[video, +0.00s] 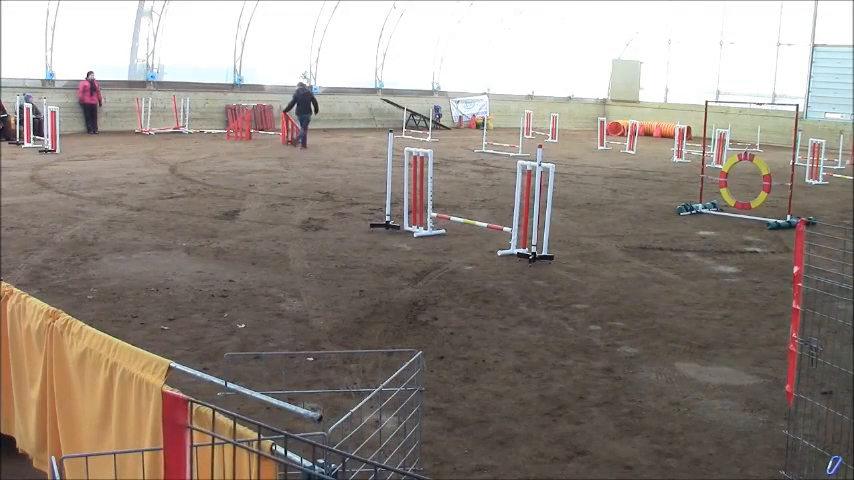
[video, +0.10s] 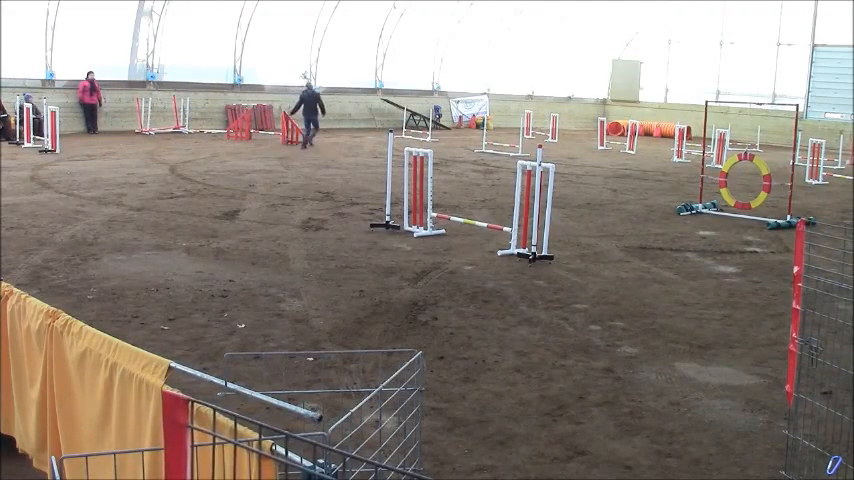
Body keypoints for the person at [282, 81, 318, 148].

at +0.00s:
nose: (297, 88)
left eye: (298, 87)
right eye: (298, 87)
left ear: (298, 87)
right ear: (304, 87)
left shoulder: (297, 94)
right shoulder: (309, 93)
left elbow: (292, 103)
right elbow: (314, 102)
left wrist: (285, 110)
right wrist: (316, 110)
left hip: (299, 112)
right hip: (307, 112)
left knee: (303, 128)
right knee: (304, 128)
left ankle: (304, 143)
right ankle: (297, 139)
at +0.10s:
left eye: (307, 87)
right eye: (310, 87)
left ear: (306, 87)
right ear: (312, 87)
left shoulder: (303, 94)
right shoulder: (316, 94)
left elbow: (298, 104)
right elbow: (320, 103)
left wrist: (292, 112)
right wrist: (323, 111)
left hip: (306, 115)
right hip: (313, 115)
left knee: (307, 129)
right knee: (316, 128)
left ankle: (304, 143)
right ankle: (310, 138)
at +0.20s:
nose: (318, 86)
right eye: (318, 85)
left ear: (314, 85)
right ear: (319, 85)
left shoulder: (312, 92)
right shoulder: (323, 92)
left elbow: (307, 102)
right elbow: (327, 101)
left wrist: (301, 109)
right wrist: (329, 109)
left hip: (314, 113)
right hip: (321, 113)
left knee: (311, 128)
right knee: (326, 127)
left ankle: (305, 142)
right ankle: (325, 142)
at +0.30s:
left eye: (325, 84)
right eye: (326, 84)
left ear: (322, 85)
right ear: (328, 85)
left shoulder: (320, 92)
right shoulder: (331, 92)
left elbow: (315, 102)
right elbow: (334, 101)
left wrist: (310, 109)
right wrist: (337, 109)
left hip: (321, 112)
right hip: (329, 112)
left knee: (320, 128)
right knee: (332, 128)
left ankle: (311, 137)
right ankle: (332, 143)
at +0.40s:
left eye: (331, 86)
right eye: (333, 86)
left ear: (329, 87)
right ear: (335, 87)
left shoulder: (327, 94)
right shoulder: (338, 94)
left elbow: (322, 104)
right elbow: (342, 103)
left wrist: (317, 111)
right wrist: (346, 111)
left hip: (329, 114)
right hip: (336, 114)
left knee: (331, 129)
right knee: (336, 129)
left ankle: (323, 136)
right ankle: (332, 144)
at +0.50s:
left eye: (337, 86)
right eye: (339, 85)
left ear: (336, 86)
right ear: (342, 86)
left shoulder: (334, 93)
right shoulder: (345, 93)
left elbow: (330, 103)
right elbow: (350, 101)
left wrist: (324, 111)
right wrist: (351, 109)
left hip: (335, 111)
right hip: (343, 112)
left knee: (339, 126)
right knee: (339, 127)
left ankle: (338, 140)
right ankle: (333, 141)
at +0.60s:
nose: (344, 87)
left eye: (343, 85)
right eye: (345, 85)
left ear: (342, 85)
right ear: (348, 85)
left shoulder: (340, 92)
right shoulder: (352, 92)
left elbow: (336, 102)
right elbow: (357, 100)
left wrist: (331, 110)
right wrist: (357, 108)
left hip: (342, 111)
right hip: (350, 111)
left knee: (346, 125)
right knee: (345, 125)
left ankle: (349, 140)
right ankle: (338, 139)